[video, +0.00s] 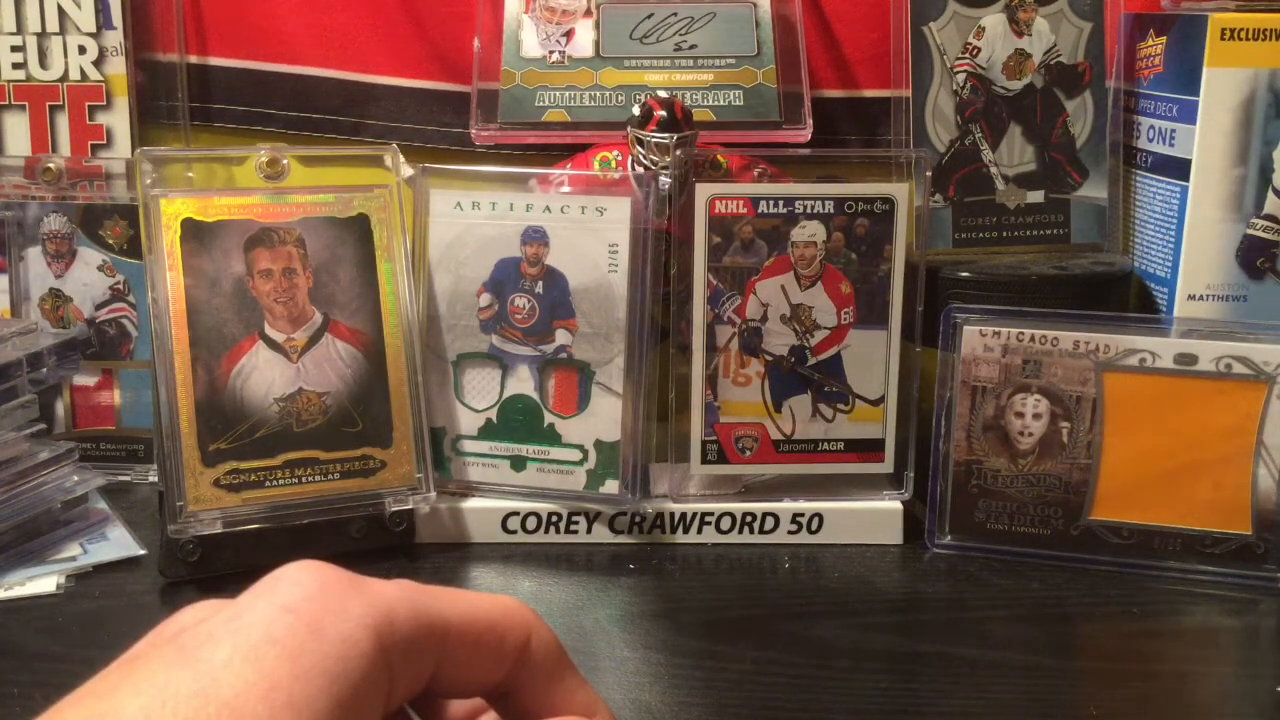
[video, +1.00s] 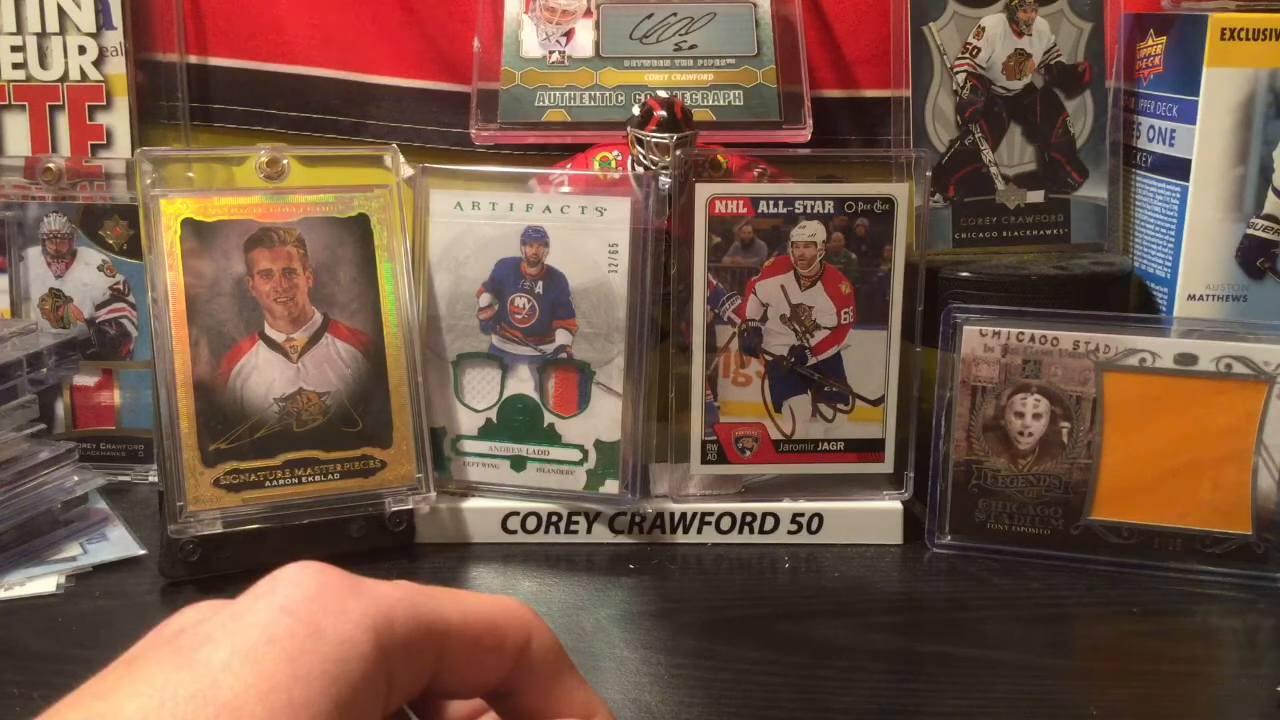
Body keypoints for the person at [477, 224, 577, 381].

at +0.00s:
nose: (535, 251)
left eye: (540, 247)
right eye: (530, 246)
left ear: (546, 250)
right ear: (522, 248)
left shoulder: (557, 280)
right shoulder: (504, 268)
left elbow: (565, 321)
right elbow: (486, 293)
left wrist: (562, 351)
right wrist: (487, 319)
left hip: (542, 352)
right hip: (503, 348)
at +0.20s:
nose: (534, 252)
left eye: (540, 247)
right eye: (530, 246)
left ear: (546, 250)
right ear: (522, 248)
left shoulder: (557, 280)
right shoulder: (504, 268)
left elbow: (565, 320)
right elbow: (487, 293)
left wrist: (562, 349)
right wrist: (487, 317)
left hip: (543, 352)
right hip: (503, 349)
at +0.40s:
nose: (534, 251)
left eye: (540, 247)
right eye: (530, 246)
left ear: (546, 250)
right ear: (522, 248)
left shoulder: (557, 280)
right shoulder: (504, 268)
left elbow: (565, 320)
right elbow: (487, 293)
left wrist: (562, 349)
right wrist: (487, 319)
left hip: (542, 353)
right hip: (503, 349)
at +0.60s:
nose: (534, 251)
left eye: (540, 247)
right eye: (530, 246)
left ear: (546, 250)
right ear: (522, 248)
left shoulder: (557, 280)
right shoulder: (504, 268)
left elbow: (565, 320)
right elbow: (487, 293)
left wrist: (562, 349)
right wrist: (487, 319)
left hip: (542, 353)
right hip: (503, 349)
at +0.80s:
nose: (534, 251)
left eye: (540, 247)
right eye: (530, 246)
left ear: (546, 251)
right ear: (522, 248)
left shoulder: (556, 279)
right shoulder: (505, 268)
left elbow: (565, 321)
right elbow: (487, 291)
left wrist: (562, 349)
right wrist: (486, 313)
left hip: (541, 353)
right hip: (502, 348)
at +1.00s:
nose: (534, 251)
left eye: (540, 247)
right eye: (530, 246)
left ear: (546, 251)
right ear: (522, 248)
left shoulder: (556, 279)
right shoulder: (504, 268)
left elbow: (565, 321)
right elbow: (487, 291)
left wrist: (562, 348)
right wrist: (486, 311)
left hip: (541, 353)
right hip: (502, 348)